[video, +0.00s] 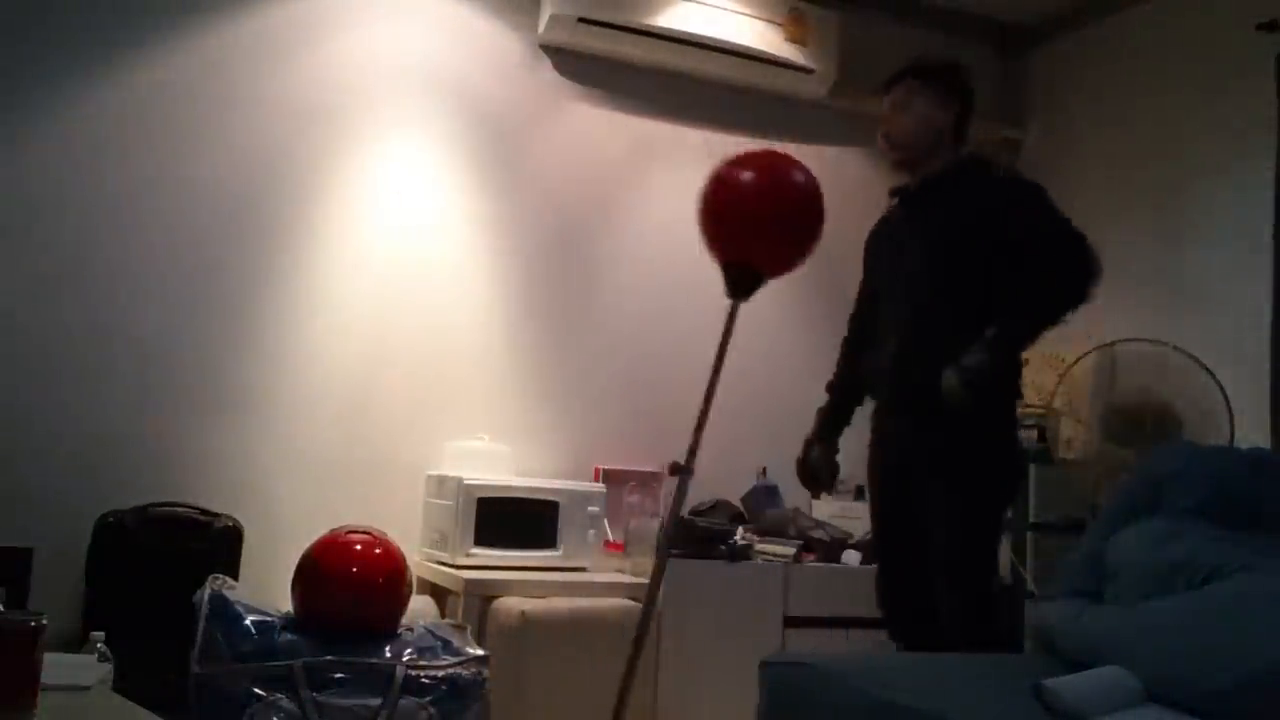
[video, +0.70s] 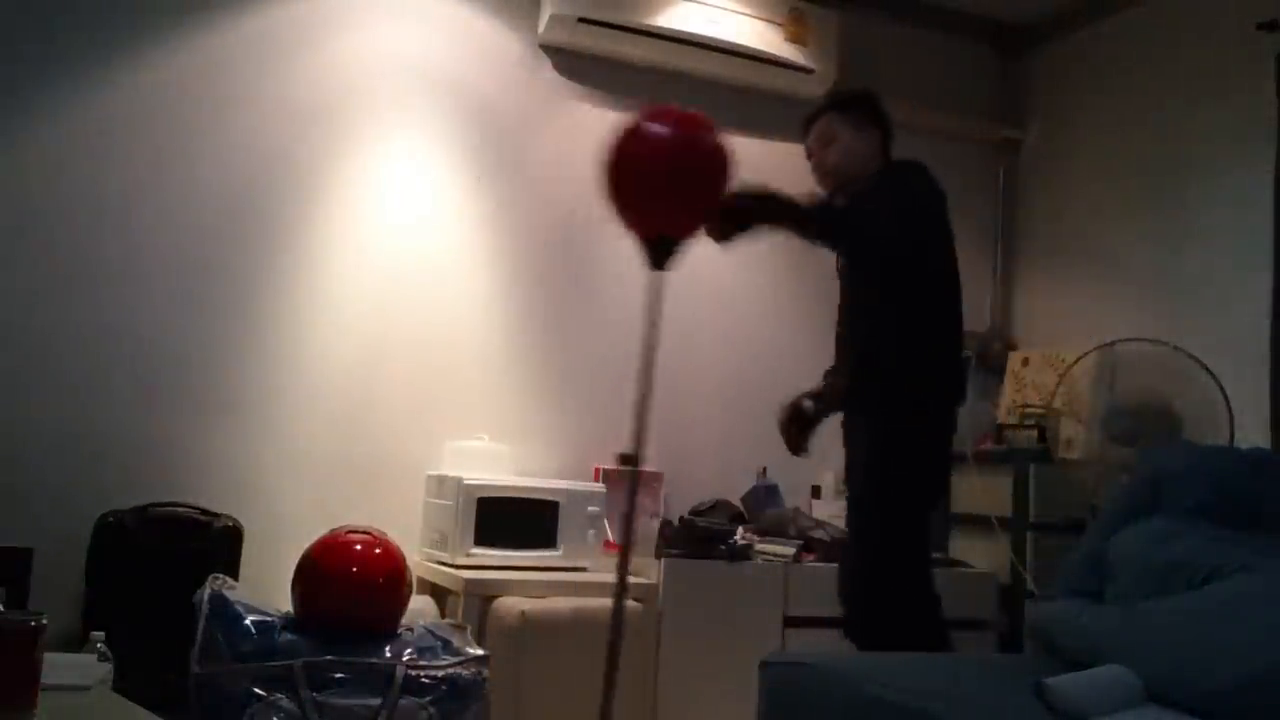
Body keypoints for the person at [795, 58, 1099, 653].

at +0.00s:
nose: (889, 123)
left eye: (906, 107)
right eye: (887, 108)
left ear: (947, 117)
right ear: (883, 118)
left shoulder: (999, 193)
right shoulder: (892, 229)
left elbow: (1072, 268)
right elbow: (866, 338)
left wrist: (990, 352)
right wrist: (826, 433)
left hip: (971, 434)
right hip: (900, 436)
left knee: (960, 598)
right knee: (905, 602)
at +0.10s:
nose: (868, 132)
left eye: (882, 116)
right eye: (867, 119)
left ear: (925, 121)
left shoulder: (975, 199)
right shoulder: (890, 224)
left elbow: (1025, 279)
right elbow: (871, 336)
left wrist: (973, 373)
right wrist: (830, 427)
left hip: (960, 427)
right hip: (898, 430)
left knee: (949, 602)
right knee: (909, 604)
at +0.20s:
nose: (851, 140)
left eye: (865, 127)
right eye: (853, 128)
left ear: (904, 133)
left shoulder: (949, 206)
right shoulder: (884, 220)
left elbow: (970, 328)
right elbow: (877, 344)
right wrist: (835, 433)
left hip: (941, 432)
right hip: (894, 433)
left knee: (931, 599)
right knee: (908, 600)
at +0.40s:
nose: (831, 156)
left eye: (842, 140)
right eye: (828, 145)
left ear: (882, 139)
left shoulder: (927, 207)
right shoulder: (873, 220)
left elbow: (962, 311)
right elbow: (870, 339)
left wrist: (876, 368)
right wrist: (851, 439)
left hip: (918, 423)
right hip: (887, 424)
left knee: (901, 581)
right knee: (892, 579)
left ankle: (930, 700)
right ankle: (924, 700)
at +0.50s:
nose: (821, 158)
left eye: (833, 143)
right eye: (819, 148)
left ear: (874, 143)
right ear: (871, 148)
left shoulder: (908, 210)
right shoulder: (876, 216)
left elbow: (905, 339)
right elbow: (877, 342)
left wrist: (837, 358)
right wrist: (848, 432)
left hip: (909, 427)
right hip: (891, 425)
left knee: (900, 589)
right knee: (897, 587)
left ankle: (931, 712)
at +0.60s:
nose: (821, 162)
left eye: (830, 145)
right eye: (815, 152)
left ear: (871, 141)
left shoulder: (906, 198)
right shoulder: (866, 219)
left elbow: (891, 274)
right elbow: (868, 348)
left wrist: (808, 278)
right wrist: (829, 419)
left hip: (911, 416)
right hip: (882, 417)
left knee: (896, 582)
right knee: (889, 581)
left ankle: (927, 708)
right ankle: (921, 709)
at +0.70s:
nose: (816, 163)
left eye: (825, 144)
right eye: (810, 154)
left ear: (868, 137)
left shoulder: (908, 188)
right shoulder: (866, 219)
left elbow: (852, 225)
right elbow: (865, 341)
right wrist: (821, 400)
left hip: (911, 405)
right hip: (880, 406)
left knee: (884, 581)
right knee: (882, 580)